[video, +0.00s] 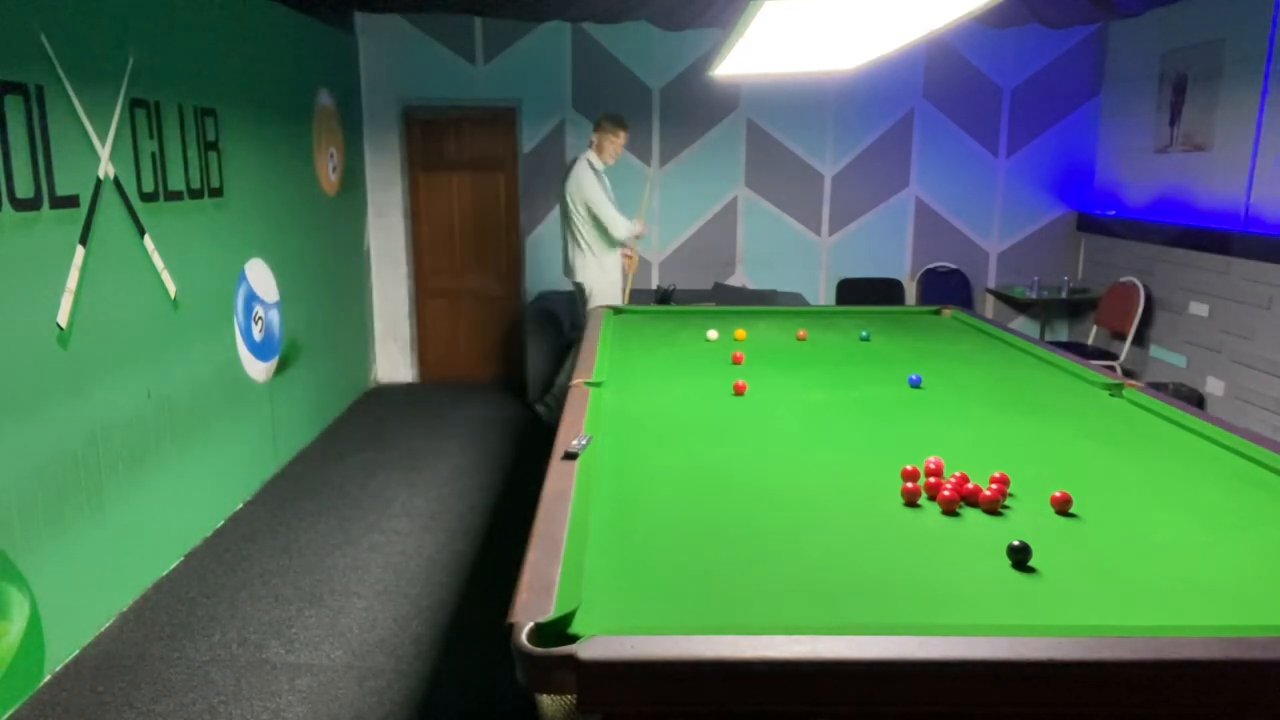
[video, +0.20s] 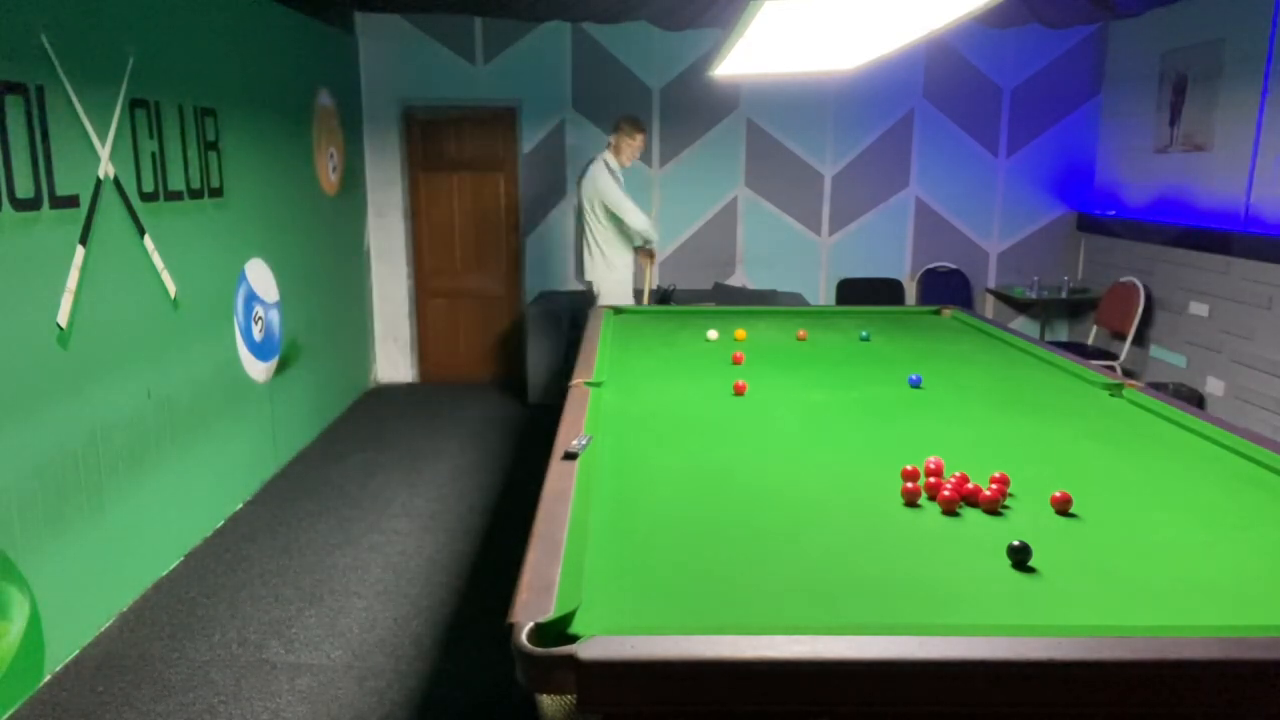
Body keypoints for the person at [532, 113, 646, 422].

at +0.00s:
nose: (618, 149)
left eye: (622, 143)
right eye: (614, 141)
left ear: (622, 145)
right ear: (596, 139)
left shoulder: (589, 172)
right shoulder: (585, 174)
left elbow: (593, 229)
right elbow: (617, 229)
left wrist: (618, 249)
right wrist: (636, 227)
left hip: (596, 269)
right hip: (595, 271)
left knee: (595, 340)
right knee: (597, 341)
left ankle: (555, 403)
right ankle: (554, 404)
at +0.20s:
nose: (635, 155)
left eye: (639, 150)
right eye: (631, 146)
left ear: (642, 151)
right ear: (614, 140)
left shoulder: (607, 172)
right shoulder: (600, 175)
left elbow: (614, 221)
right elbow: (636, 221)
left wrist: (639, 247)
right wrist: (651, 239)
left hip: (613, 271)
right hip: (609, 273)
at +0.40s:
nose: (656, 149)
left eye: (659, 143)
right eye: (650, 142)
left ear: (662, 147)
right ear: (634, 142)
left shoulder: (640, 174)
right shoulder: (623, 172)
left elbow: (635, 232)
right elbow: (624, 233)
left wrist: (660, 243)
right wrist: (657, 273)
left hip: (640, 277)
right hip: (627, 279)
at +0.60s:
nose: (674, 148)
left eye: (677, 142)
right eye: (667, 141)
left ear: (680, 145)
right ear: (653, 143)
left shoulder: (673, 176)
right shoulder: (636, 172)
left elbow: (674, 218)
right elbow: (615, 226)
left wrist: (684, 230)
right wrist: (638, 272)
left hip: (667, 267)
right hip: (643, 271)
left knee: (680, 319)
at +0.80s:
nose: (676, 143)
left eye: (681, 136)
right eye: (670, 136)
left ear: (686, 140)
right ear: (659, 139)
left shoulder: (691, 173)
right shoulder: (640, 173)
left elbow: (697, 216)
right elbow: (607, 216)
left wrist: (708, 221)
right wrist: (621, 263)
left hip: (680, 267)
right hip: (652, 270)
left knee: (683, 327)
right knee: (658, 328)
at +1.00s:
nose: (675, 141)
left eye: (680, 135)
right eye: (669, 135)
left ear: (686, 138)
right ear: (660, 139)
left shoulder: (702, 174)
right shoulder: (644, 176)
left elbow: (709, 216)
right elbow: (615, 217)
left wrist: (713, 234)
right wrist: (618, 262)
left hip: (688, 269)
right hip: (655, 270)